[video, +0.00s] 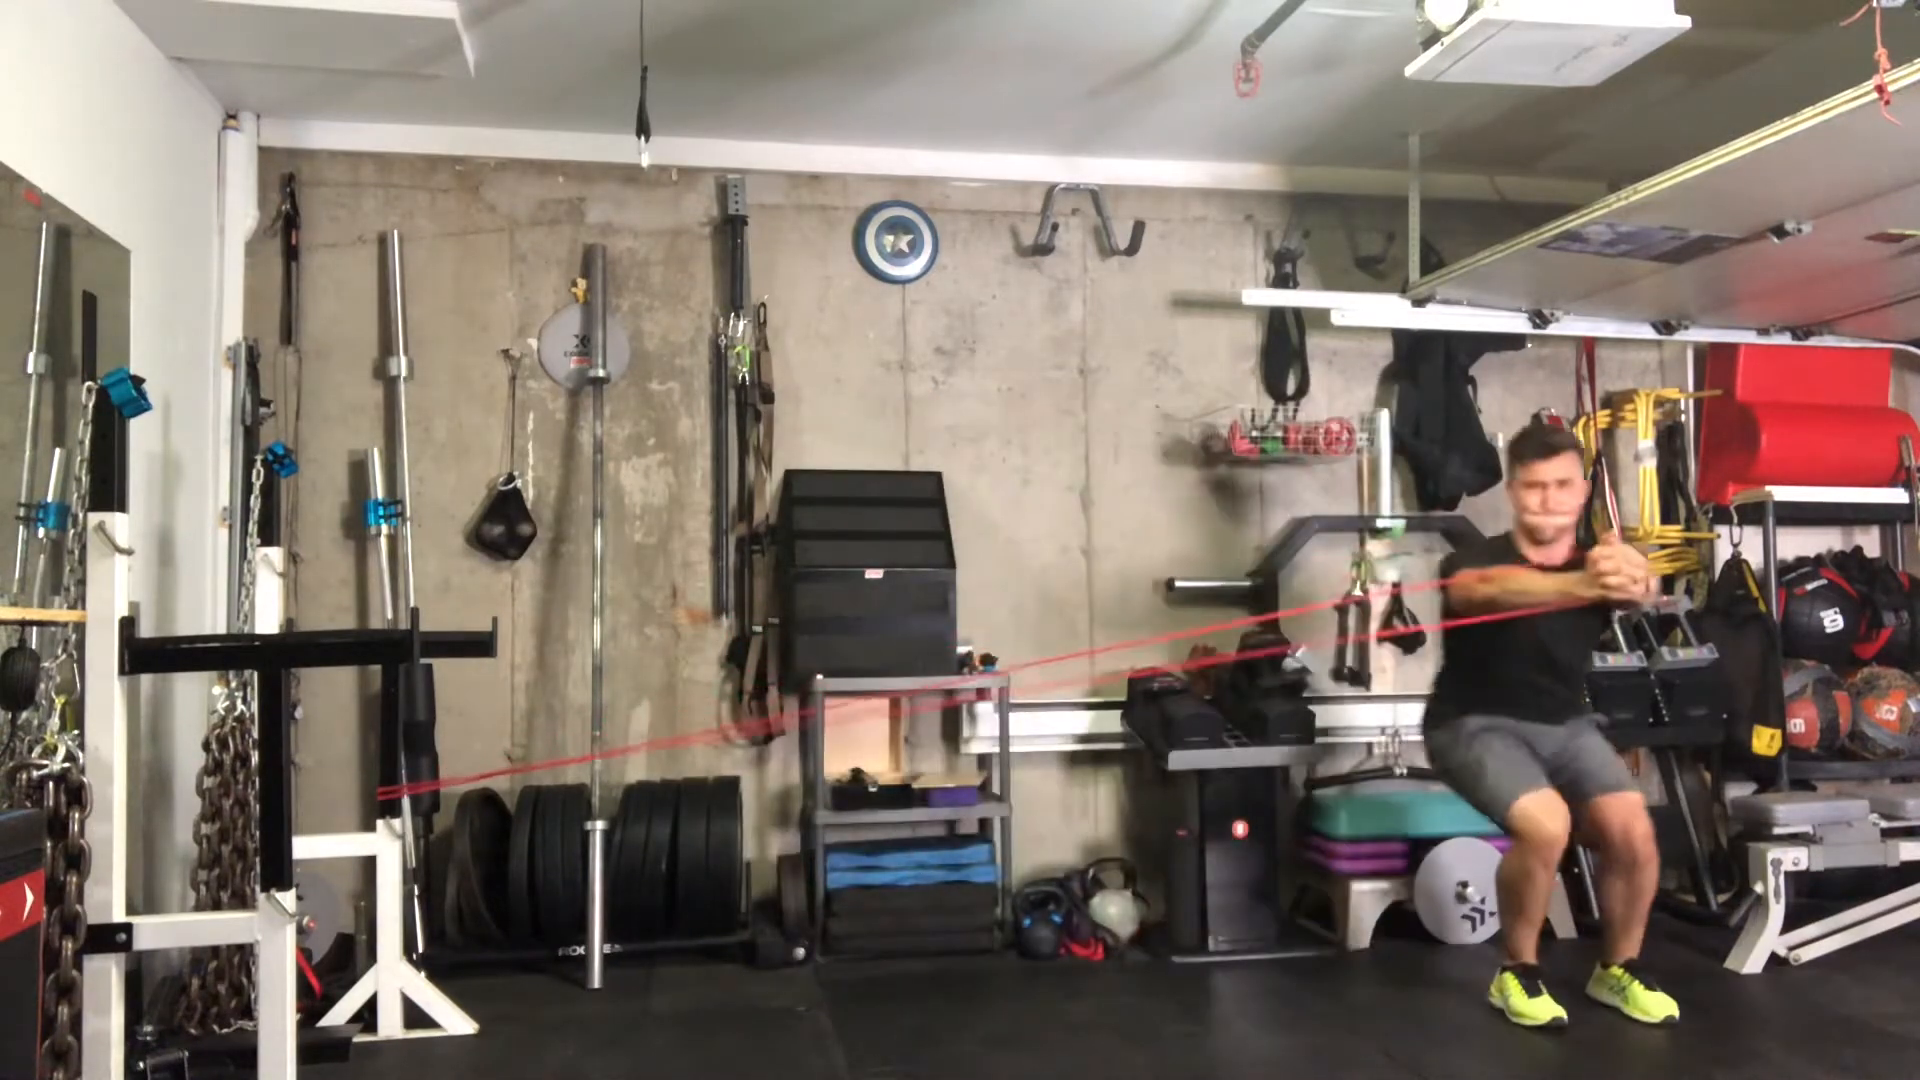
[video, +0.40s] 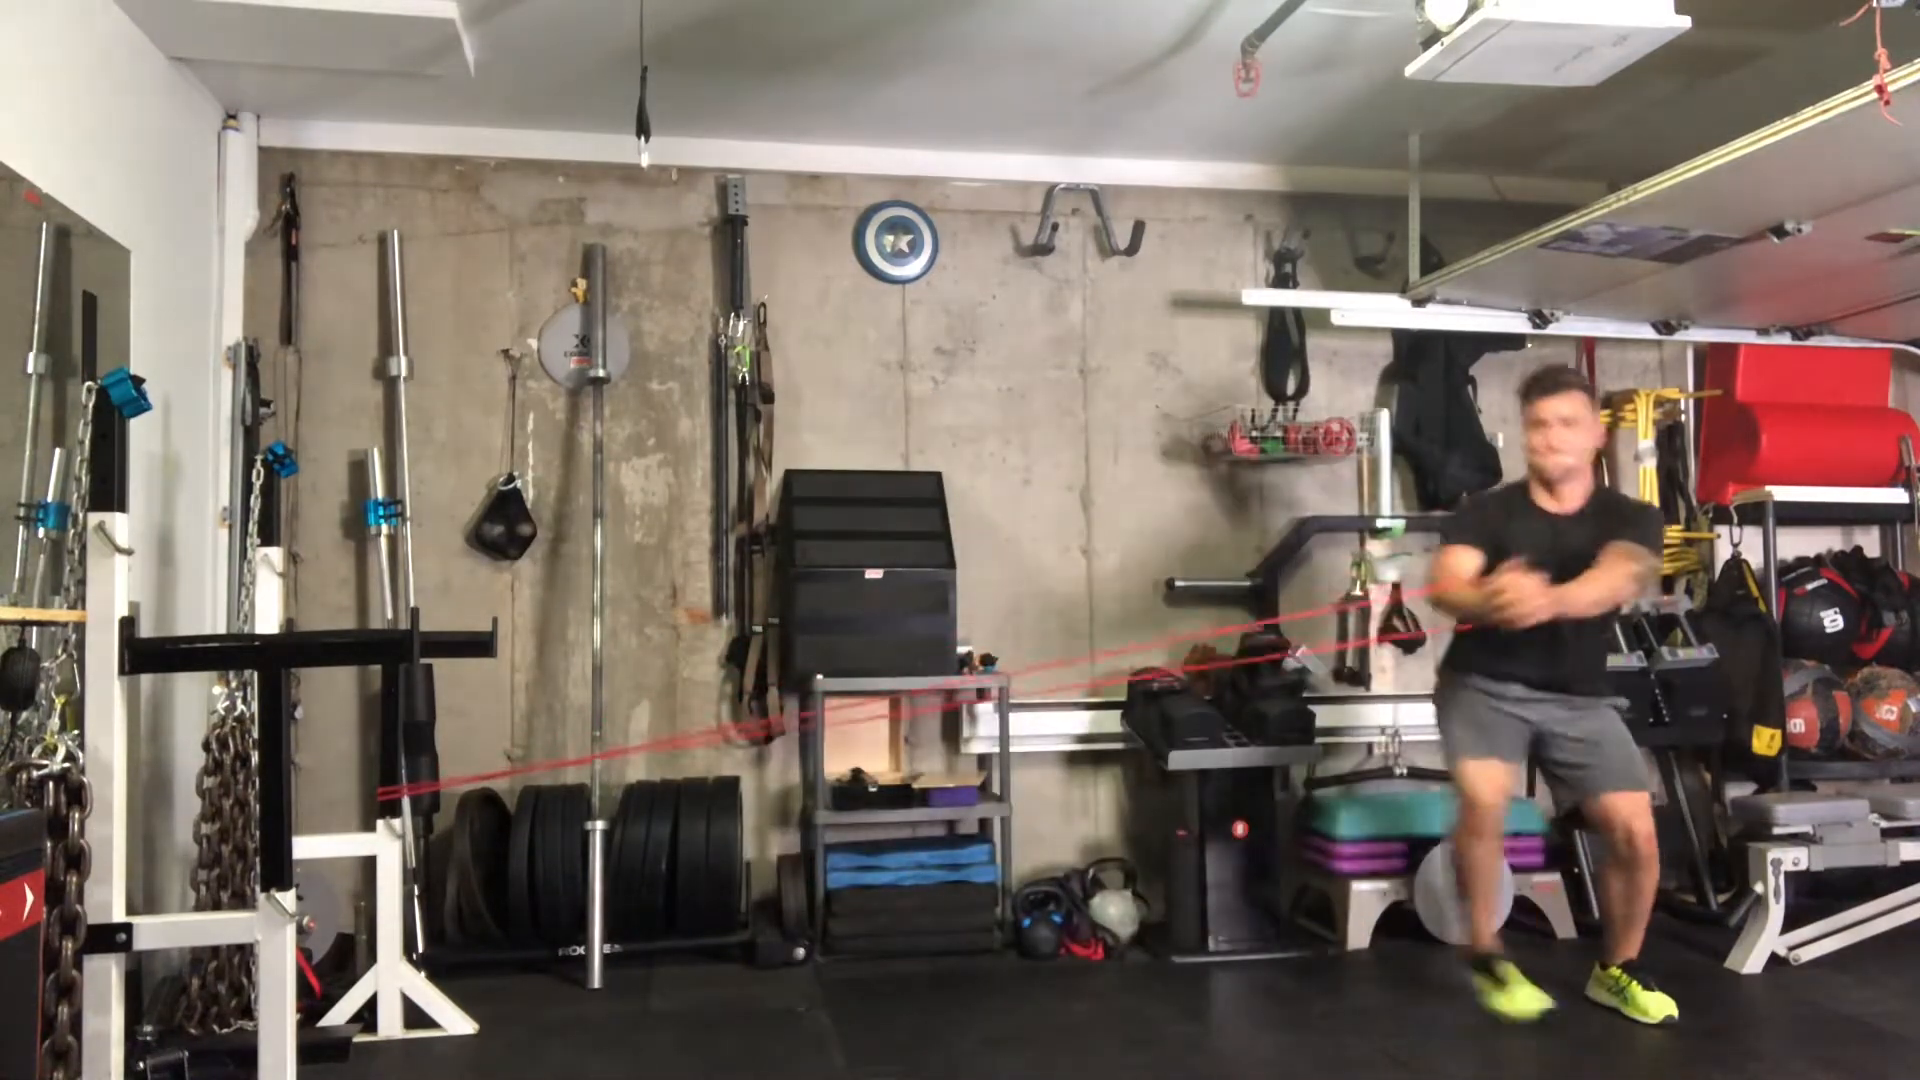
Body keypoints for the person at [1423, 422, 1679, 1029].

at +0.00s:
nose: (1548, 500)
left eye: (1563, 486)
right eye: (1533, 486)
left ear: (1583, 493)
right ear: (1510, 492)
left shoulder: (1599, 556)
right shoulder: (1475, 557)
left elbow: (1642, 583)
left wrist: (1637, 575)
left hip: (1568, 724)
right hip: (1477, 722)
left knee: (1631, 826)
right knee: (1545, 824)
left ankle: (1616, 971)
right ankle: (1519, 972)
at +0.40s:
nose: (1552, 436)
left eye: (1568, 423)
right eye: (1539, 424)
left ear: (1598, 436)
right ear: (1524, 437)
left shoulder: (1632, 519)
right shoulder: (1485, 512)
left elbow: (1615, 583)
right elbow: (1448, 587)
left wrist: (1553, 599)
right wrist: (1492, 598)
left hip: (1581, 700)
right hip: (1487, 691)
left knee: (1635, 829)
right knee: (1485, 800)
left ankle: (1617, 969)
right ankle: (1486, 956)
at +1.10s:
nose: (1175, 354)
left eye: (1191, 340)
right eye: (1176, 340)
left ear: (1238, 354)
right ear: (1192, 355)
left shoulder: (1265, 448)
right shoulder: (1175, 451)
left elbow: (1225, 566)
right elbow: (1138, 541)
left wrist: (1112, 602)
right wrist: (1087, 592)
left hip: (1257, 655)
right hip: (1198, 655)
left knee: (1199, 786)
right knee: (1211, 806)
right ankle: (1247, 982)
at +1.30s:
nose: (1097, 365)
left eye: (1113, 354)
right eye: (1098, 352)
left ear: (1159, 369)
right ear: (1112, 367)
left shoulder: (1177, 465)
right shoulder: (1091, 469)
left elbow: (1157, 593)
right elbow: (1057, 563)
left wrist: (1041, 628)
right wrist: (1007, 618)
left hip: (1152, 685)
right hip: (1106, 685)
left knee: (1073, 827)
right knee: (1156, 821)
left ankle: (997, 1016)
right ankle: (1260, 961)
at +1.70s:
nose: (925, 325)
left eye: (943, 315)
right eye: (929, 313)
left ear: (986, 338)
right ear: (951, 335)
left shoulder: (1009, 443)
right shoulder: (908, 439)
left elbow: (1024, 571)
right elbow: (884, 538)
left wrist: (899, 597)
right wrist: (855, 588)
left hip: (967, 672)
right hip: (886, 663)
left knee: (937, 831)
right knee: (825, 795)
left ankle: (973, 1028)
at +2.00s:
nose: (821, 351)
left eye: (838, 340)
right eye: (812, 339)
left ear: (869, 360)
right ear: (797, 356)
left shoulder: (903, 470)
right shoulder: (753, 463)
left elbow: (957, 578)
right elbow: (711, 572)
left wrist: (870, 614)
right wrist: (768, 614)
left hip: (858, 689)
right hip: (757, 685)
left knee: (873, 837)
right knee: (700, 831)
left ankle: (967, 1020)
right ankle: (667, 999)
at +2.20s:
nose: (767, 345)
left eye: (782, 334)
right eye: (753, 334)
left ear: (806, 354)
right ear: (733, 353)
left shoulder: (844, 455)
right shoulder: (690, 456)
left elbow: (875, 546)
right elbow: (658, 572)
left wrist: (850, 600)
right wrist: (765, 612)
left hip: (814, 670)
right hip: (716, 671)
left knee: (833, 807)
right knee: (674, 823)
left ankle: (877, 988)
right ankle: (665, 997)